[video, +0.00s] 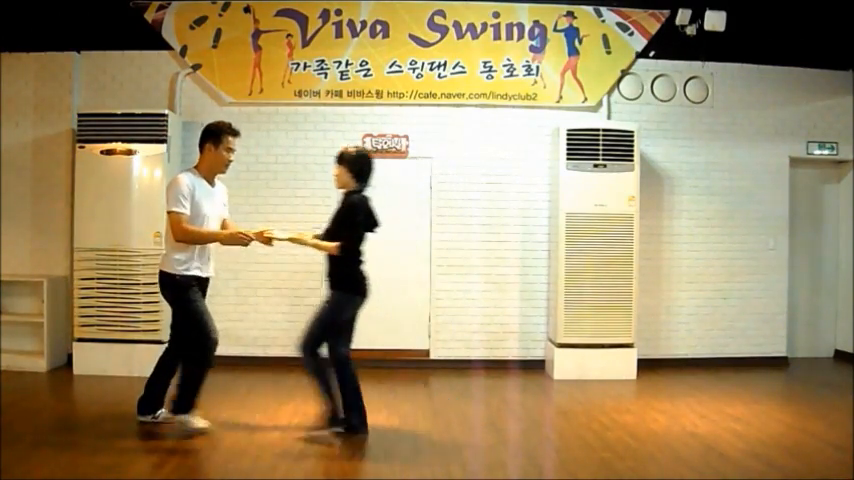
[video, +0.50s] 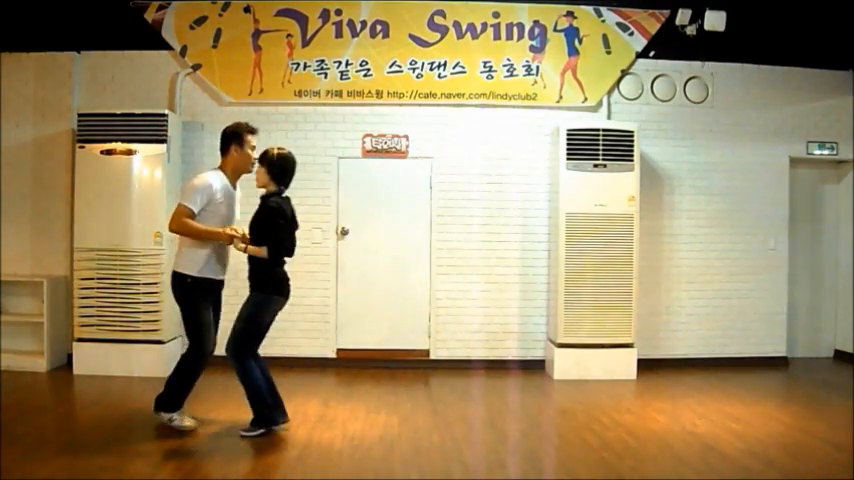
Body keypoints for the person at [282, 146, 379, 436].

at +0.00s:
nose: (335, 173)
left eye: (339, 169)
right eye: (337, 168)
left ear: (351, 173)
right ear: (356, 174)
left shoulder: (353, 204)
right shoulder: (356, 202)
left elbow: (339, 247)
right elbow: (334, 241)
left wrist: (307, 240)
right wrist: (307, 238)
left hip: (345, 291)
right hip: (350, 289)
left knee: (309, 345)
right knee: (339, 352)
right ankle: (355, 421)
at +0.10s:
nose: (313, 176)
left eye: (317, 171)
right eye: (315, 171)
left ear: (329, 176)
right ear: (335, 176)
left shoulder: (331, 208)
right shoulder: (334, 205)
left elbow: (319, 253)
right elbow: (318, 250)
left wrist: (278, 245)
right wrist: (280, 245)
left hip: (320, 295)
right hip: (327, 293)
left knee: (284, 349)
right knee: (323, 357)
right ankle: (353, 418)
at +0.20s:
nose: (292, 177)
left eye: (296, 172)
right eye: (294, 171)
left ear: (307, 178)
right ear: (313, 178)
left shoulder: (308, 211)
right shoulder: (314, 208)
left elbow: (296, 256)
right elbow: (298, 254)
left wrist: (260, 249)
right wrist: (264, 249)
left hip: (297, 295)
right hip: (305, 294)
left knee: (263, 351)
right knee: (288, 356)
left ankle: (269, 422)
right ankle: (338, 403)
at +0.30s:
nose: (275, 175)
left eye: (279, 170)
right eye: (278, 169)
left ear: (290, 176)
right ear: (297, 177)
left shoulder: (290, 210)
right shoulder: (299, 207)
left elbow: (280, 256)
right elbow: (282, 252)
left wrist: (248, 250)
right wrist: (253, 246)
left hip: (282, 294)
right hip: (289, 292)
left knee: (253, 351)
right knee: (258, 350)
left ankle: (268, 421)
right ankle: (306, 395)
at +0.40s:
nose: (262, 171)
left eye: (267, 167)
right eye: (265, 166)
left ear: (278, 173)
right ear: (284, 174)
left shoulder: (279, 207)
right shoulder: (286, 203)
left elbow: (278, 254)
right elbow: (276, 249)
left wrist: (246, 247)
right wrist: (250, 240)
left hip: (273, 290)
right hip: (278, 288)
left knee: (243, 350)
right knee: (248, 349)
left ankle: (266, 418)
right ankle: (276, 410)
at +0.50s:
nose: (255, 170)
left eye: (260, 167)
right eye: (257, 166)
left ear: (271, 173)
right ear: (276, 173)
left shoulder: (272, 206)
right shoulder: (281, 202)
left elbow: (278, 251)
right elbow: (284, 247)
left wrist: (245, 246)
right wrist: (249, 240)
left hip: (267, 289)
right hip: (273, 287)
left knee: (237, 349)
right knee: (245, 349)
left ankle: (265, 415)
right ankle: (274, 411)